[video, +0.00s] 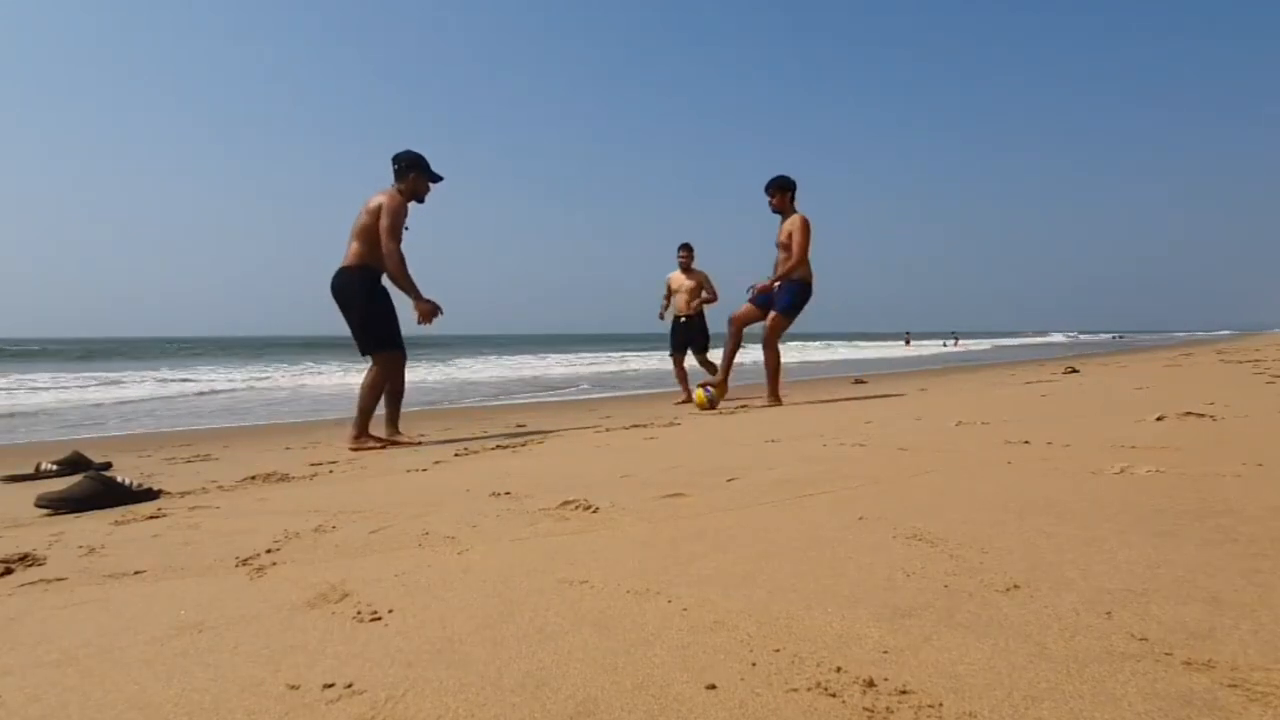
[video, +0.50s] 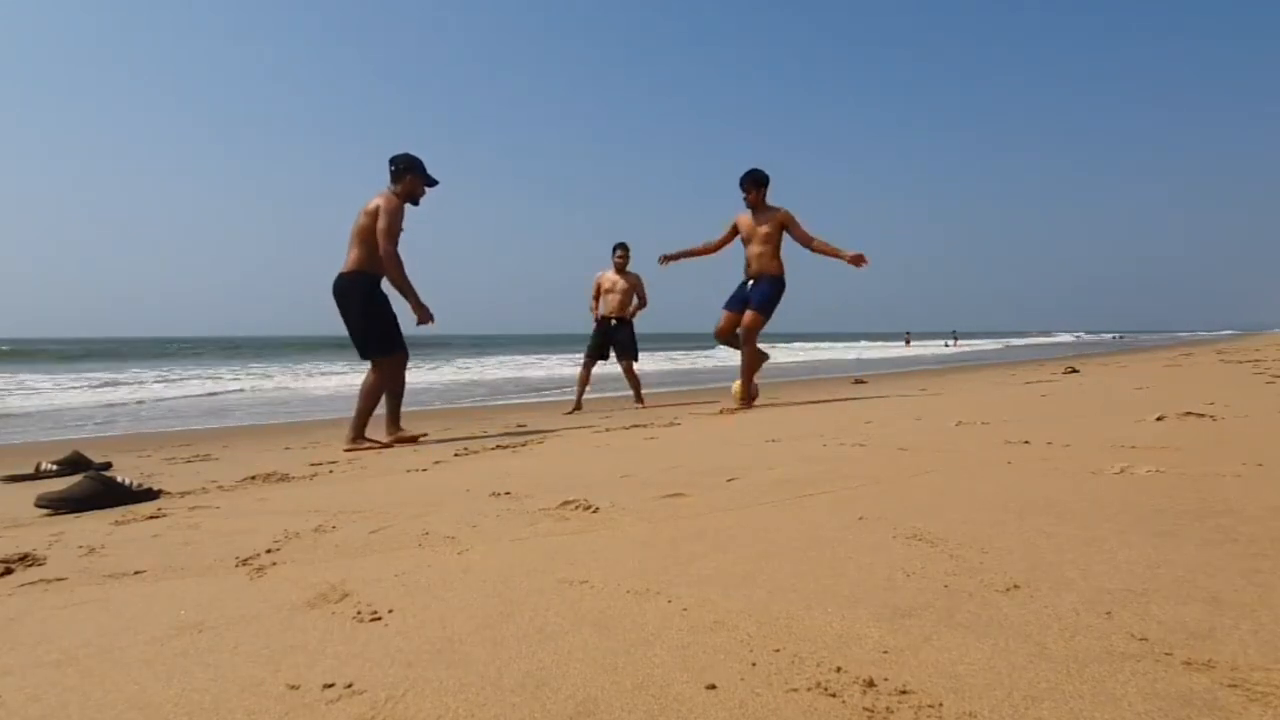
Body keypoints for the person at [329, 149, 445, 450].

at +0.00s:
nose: (429, 188)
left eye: (429, 182)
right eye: (426, 181)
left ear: (405, 179)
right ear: (410, 178)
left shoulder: (388, 203)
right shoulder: (391, 202)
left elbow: (390, 262)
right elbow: (390, 256)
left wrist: (417, 299)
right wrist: (418, 298)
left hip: (366, 283)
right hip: (357, 283)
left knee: (396, 358)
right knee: (384, 359)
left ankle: (392, 431)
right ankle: (358, 433)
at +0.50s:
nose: (424, 190)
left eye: (425, 185)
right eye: (421, 183)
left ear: (401, 180)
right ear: (406, 179)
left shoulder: (384, 204)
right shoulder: (389, 204)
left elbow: (386, 262)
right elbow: (387, 257)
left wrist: (414, 302)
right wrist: (417, 303)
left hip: (363, 286)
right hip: (358, 287)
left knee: (397, 357)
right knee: (383, 363)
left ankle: (393, 429)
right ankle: (355, 436)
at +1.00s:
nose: (431, 199)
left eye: (431, 194)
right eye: (427, 193)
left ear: (411, 193)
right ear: (411, 192)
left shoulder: (401, 222)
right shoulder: (397, 219)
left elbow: (403, 272)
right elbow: (388, 261)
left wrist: (426, 306)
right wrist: (400, 304)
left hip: (385, 296)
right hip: (377, 295)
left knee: (398, 362)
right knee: (394, 363)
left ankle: (376, 428)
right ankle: (361, 430)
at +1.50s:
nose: (455, 225)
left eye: (455, 220)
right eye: (451, 220)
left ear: (432, 221)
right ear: (436, 220)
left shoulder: (418, 243)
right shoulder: (433, 242)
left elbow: (422, 298)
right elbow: (429, 285)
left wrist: (449, 326)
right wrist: (448, 325)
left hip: (390, 311)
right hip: (403, 313)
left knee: (426, 372)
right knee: (439, 375)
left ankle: (397, 425)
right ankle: (384, 414)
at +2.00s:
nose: (507, 177)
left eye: (507, 171)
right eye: (503, 170)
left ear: (486, 171)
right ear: (483, 169)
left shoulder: (481, 212)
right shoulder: (463, 193)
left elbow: (479, 260)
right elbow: (446, 235)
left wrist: (495, 302)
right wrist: (460, 283)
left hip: (444, 275)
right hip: (431, 271)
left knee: (465, 346)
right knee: (466, 344)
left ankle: (446, 420)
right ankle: (439, 419)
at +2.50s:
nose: (570, 139)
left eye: (570, 132)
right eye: (565, 131)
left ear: (548, 133)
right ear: (543, 131)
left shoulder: (551, 177)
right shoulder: (522, 168)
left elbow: (555, 225)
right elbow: (506, 224)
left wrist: (571, 254)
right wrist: (513, 270)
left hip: (529, 263)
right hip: (505, 261)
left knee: (561, 339)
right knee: (506, 345)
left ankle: (537, 420)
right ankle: (470, 429)